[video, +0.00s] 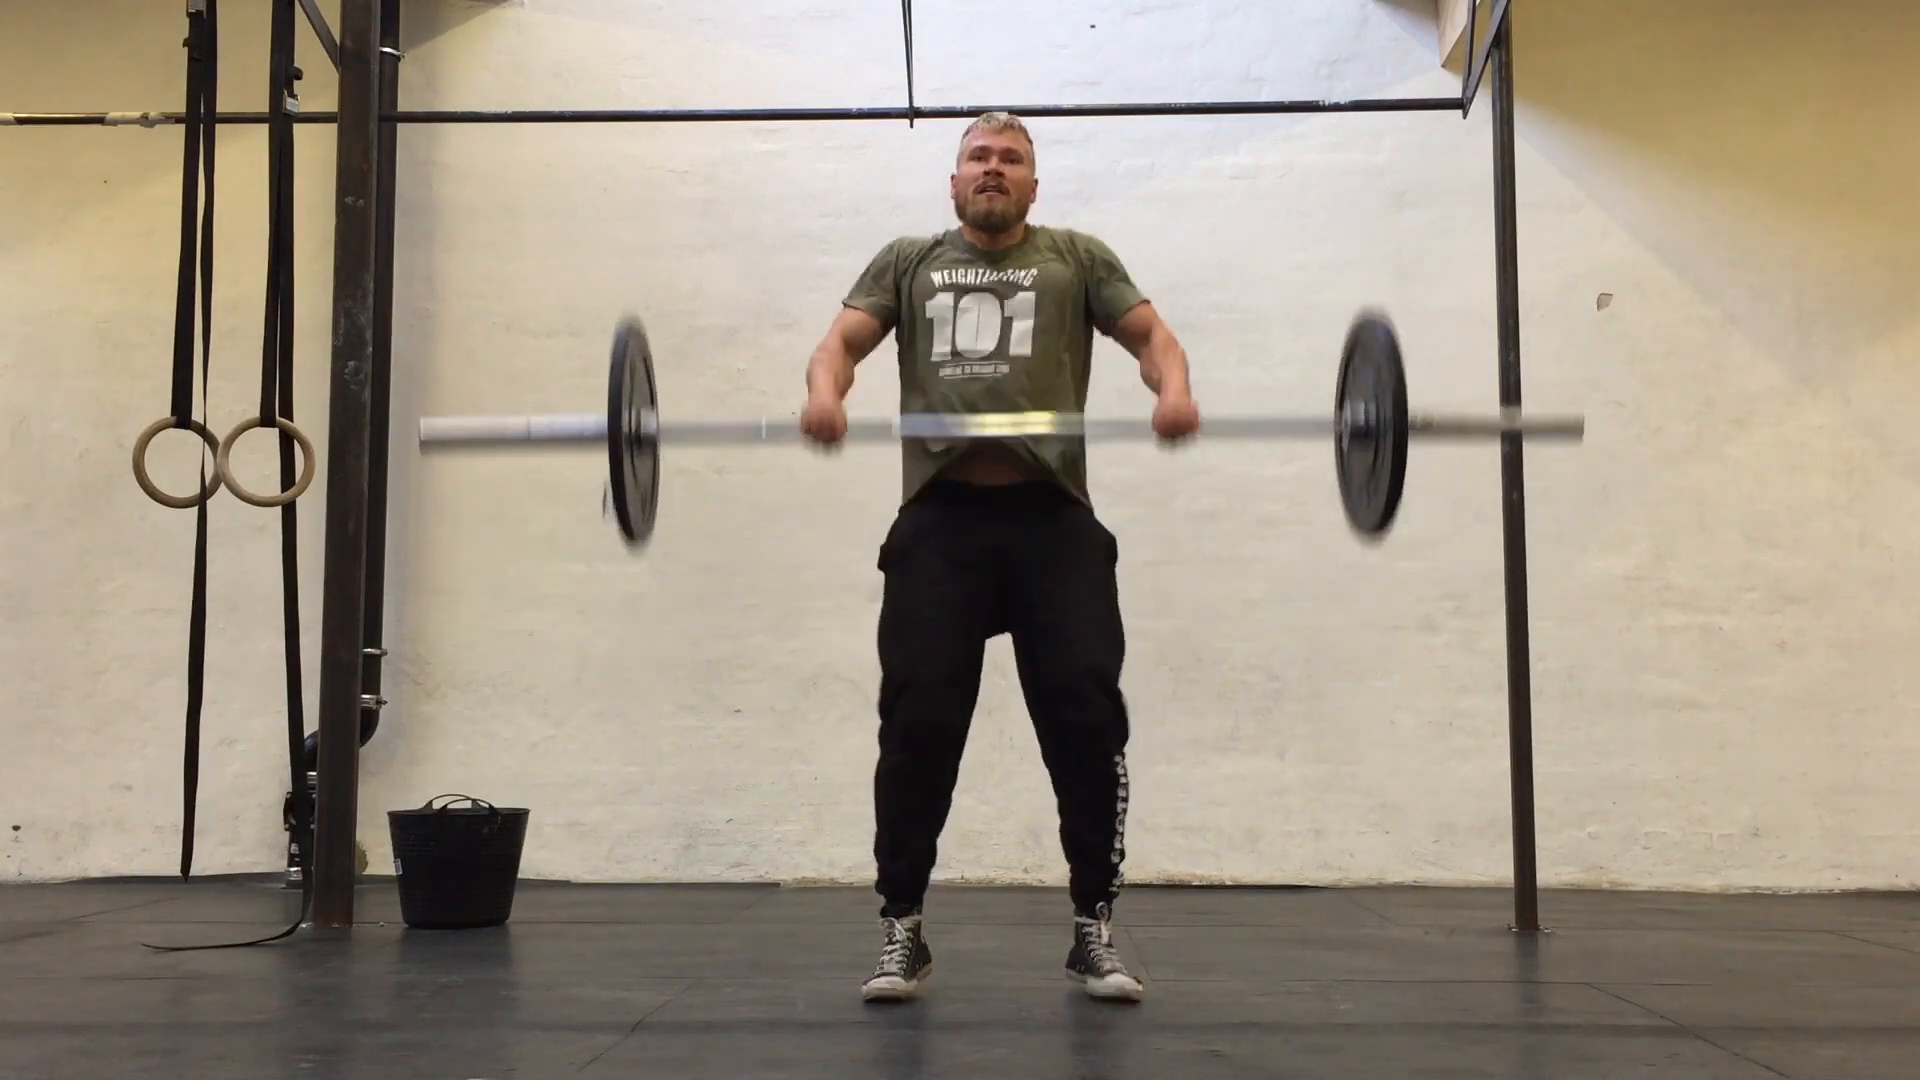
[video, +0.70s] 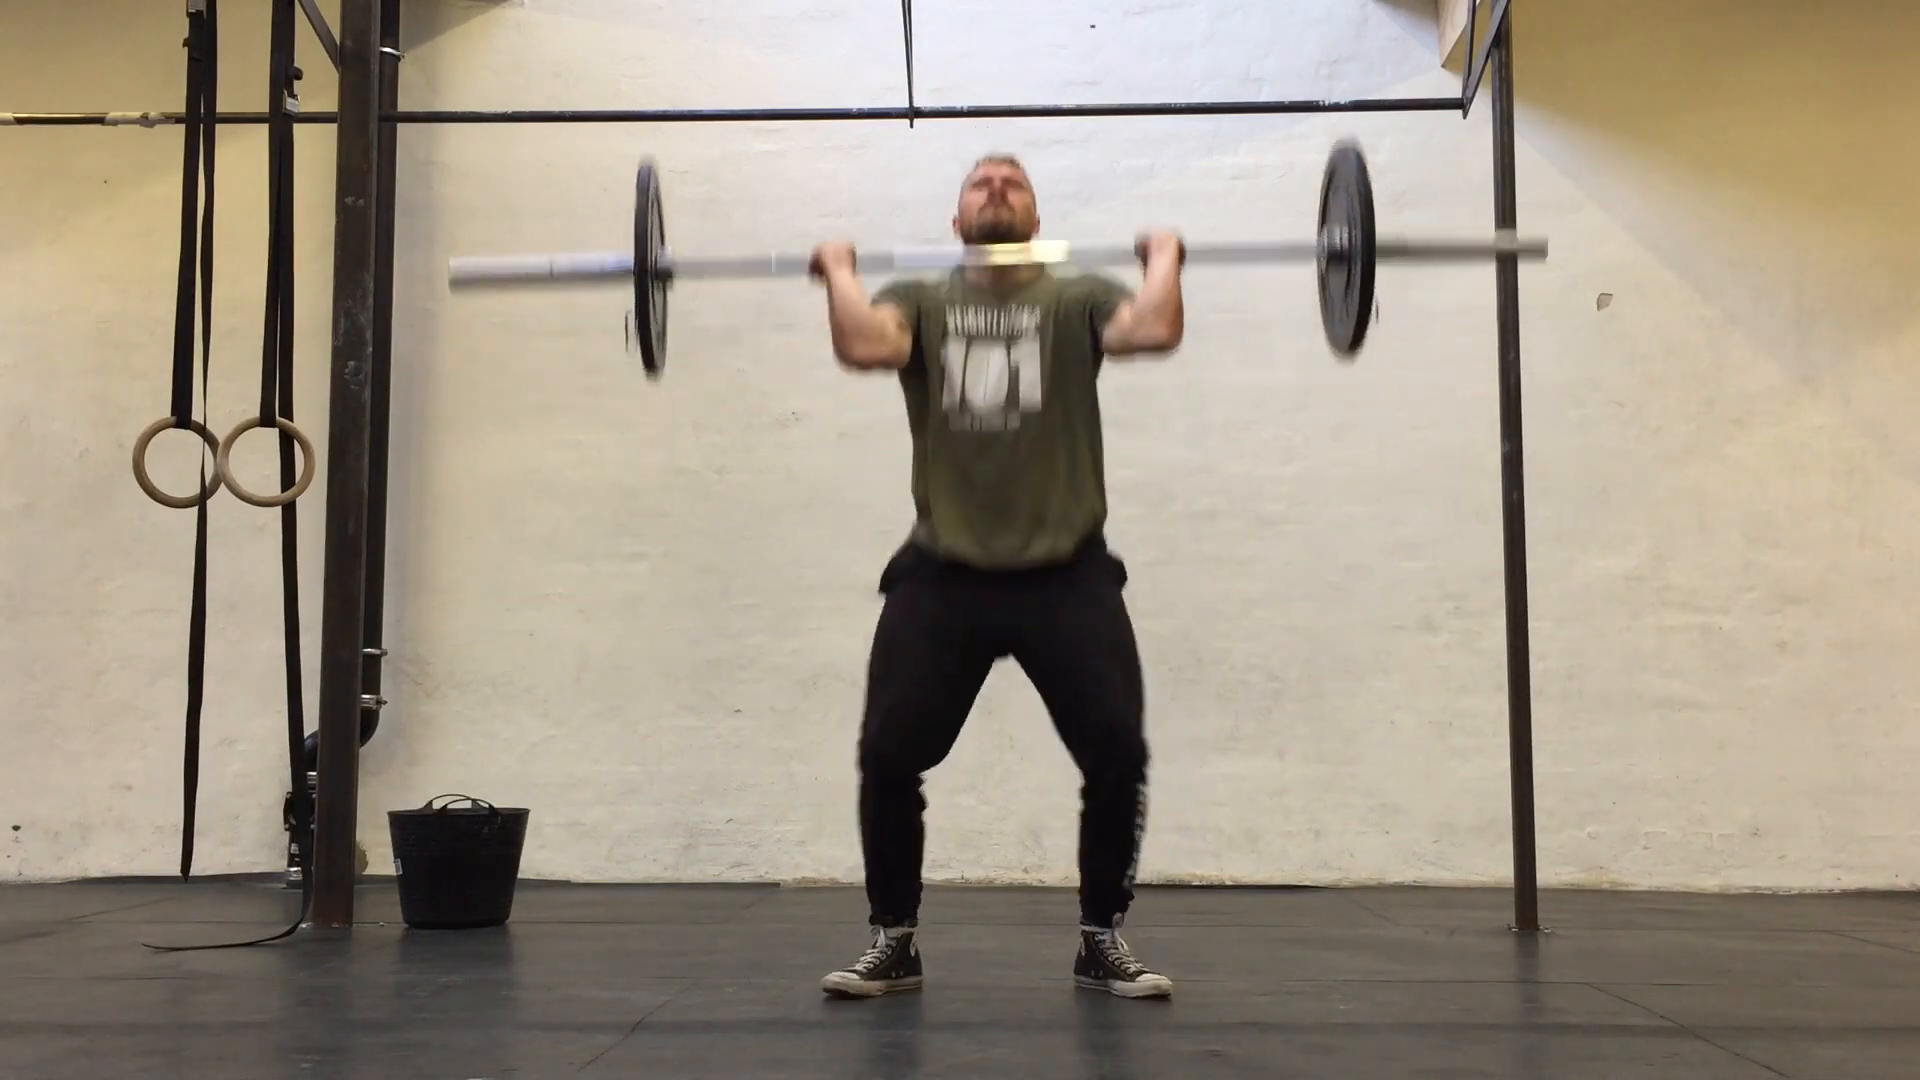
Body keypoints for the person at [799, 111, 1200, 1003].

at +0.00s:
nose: (992, 167)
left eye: (1010, 157)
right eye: (978, 155)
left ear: (1035, 179)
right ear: (954, 176)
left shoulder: (1078, 258)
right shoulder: (908, 261)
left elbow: (1152, 337)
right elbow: (840, 344)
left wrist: (1174, 391)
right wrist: (825, 395)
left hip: (1054, 525)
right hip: (941, 524)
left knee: (1087, 716)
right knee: (917, 720)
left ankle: (1096, 928)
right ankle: (901, 928)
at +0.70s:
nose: (996, 186)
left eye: (1012, 181)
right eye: (980, 182)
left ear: (1039, 217)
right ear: (956, 219)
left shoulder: (1075, 298)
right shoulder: (923, 302)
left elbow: (1157, 331)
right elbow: (862, 345)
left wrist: (1163, 258)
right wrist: (839, 270)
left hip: (1066, 577)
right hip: (944, 576)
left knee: (1118, 756)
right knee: (887, 757)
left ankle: (1102, 947)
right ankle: (893, 946)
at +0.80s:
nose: (998, 168)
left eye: (1015, 160)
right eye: (984, 160)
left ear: (1040, 187)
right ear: (961, 187)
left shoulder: (1076, 259)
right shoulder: (924, 264)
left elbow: (1170, 241)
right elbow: (843, 259)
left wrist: (1168, 153)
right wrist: (833, 167)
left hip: (1063, 533)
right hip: (946, 534)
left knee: (1090, 730)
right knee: (921, 733)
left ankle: (1111, 931)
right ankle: (893, 935)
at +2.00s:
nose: (1005, 159)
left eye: (1021, 150)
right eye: (988, 149)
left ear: (1045, 178)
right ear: (964, 179)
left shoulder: (1088, 263)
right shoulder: (921, 258)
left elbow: (1202, 293)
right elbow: (798, 274)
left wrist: (1188, 303)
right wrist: (834, 286)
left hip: (1067, 527)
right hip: (953, 527)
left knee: (1098, 729)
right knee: (925, 730)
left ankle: (1111, 928)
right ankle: (901, 930)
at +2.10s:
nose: (1009, 156)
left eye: (1025, 146)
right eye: (993, 145)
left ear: (1048, 173)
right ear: (966, 172)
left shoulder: (1090, 262)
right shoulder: (924, 263)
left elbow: (1194, 332)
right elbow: (820, 332)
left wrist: (1183, 416)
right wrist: (839, 406)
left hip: (1068, 526)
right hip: (957, 526)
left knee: (1099, 724)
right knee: (927, 723)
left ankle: (1110, 927)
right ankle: (902, 929)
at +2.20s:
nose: (1007, 174)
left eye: (1023, 164)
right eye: (991, 163)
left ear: (1048, 194)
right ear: (964, 193)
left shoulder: (1096, 298)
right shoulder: (918, 301)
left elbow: (1170, 402)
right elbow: (844, 403)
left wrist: (1179, 524)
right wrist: (843, 514)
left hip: (1074, 567)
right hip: (951, 568)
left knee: (1110, 750)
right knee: (918, 752)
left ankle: (1106, 936)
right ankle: (904, 938)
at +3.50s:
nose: (1004, 279)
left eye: (1021, 271)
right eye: (988, 270)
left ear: (1044, 303)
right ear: (963, 301)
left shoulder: (1089, 392)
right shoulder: (924, 396)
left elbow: (1167, 442)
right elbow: (857, 436)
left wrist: (1166, 359)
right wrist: (843, 362)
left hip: (1066, 649)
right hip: (944, 648)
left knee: (1168, 776)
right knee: (857, 779)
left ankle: (1107, 943)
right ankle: (908, 945)